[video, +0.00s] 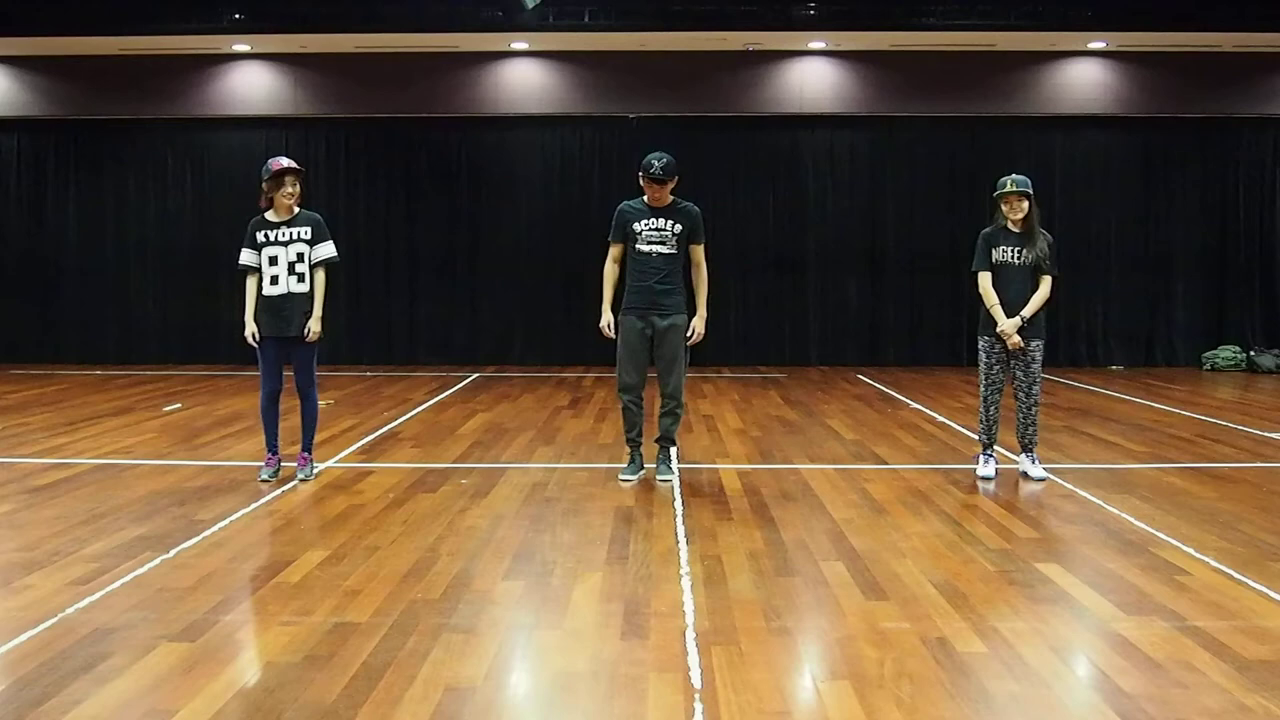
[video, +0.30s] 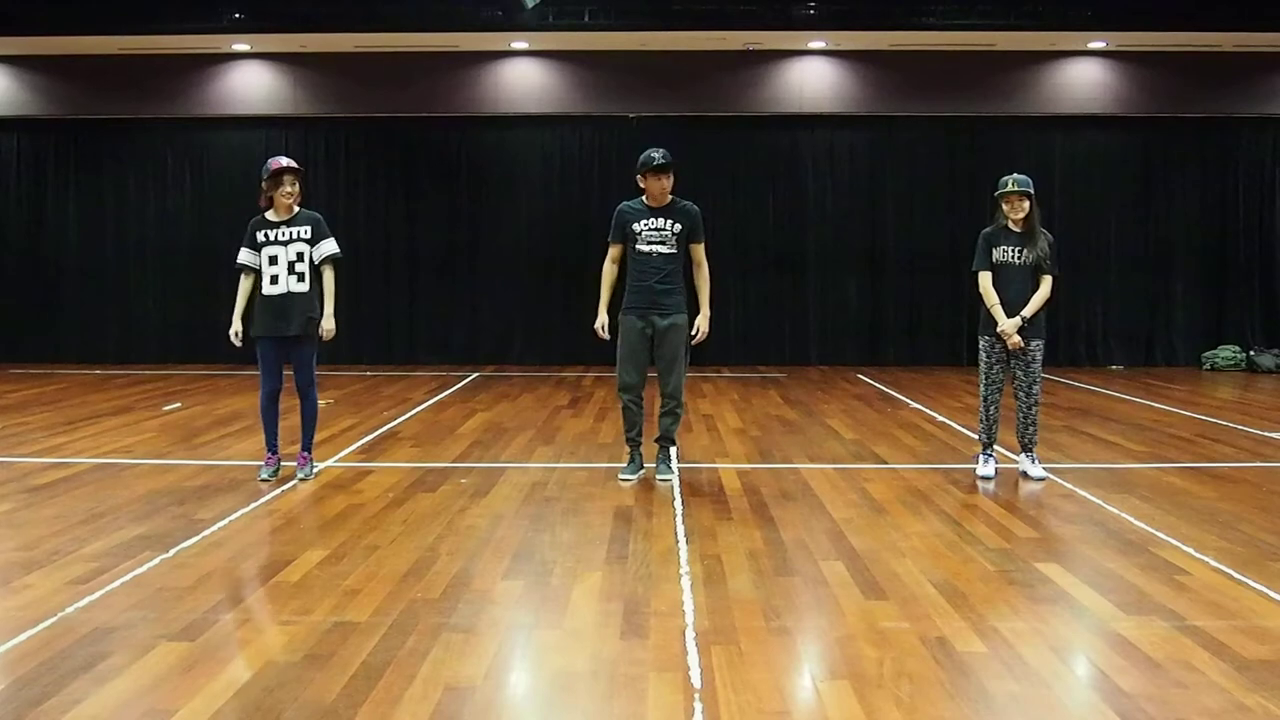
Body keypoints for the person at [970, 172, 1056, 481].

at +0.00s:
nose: (1015, 205)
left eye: (1020, 199)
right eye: (1008, 200)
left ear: (1029, 202)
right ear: (1000, 204)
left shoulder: (1042, 240)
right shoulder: (988, 237)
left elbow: (1045, 288)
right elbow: (985, 286)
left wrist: (1019, 321)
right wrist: (1006, 329)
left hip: (1031, 332)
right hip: (992, 331)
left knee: (1029, 396)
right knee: (990, 394)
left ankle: (1028, 455)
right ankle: (987, 455)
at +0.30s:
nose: (1016, 205)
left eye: (1022, 199)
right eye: (1009, 200)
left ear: (1030, 202)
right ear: (1001, 204)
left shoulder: (1043, 239)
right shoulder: (989, 237)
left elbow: (1046, 287)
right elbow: (985, 286)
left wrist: (1019, 320)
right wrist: (1007, 329)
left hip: (1031, 332)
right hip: (992, 331)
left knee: (1029, 396)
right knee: (990, 394)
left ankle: (1027, 455)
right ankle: (986, 454)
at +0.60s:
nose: (1020, 204)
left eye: (1025, 198)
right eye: (1013, 199)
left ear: (1034, 202)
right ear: (1004, 202)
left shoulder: (1046, 238)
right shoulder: (992, 236)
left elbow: (1049, 286)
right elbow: (989, 285)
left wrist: (1024, 322)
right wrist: (1009, 328)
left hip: (1034, 332)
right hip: (996, 331)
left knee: (1032, 396)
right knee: (992, 393)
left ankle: (1028, 454)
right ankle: (987, 454)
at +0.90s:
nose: (1031, 203)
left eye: (1037, 198)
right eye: (1025, 198)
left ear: (1046, 201)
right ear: (1016, 201)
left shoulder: (1056, 238)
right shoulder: (1003, 235)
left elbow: (1059, 286)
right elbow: (999, 284)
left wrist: (1034, 323)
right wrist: (1019, 329)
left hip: (1042, 334)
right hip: (1004, 332)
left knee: (1036, 397)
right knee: (997, 392)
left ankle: (1029, 454)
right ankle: (988, 452)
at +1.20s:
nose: (1038, 204)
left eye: (1044, 199)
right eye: (1032, 198)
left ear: (1054, 203)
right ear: (1023, 201)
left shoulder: (1063, 240)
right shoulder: (1009, 235)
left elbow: (1069, 288)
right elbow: (1001, 285)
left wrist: (1070, 334)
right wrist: (1015, 331)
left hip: (1047, 335)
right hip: (1009, 331)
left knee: (1037, 398)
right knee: (998, 393)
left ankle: (1029, 454)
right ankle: (988, 452)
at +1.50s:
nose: (1040, 209)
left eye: (1046, 204)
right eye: (1035, 203)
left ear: (1057, 207)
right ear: (1027, 205)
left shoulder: (1067, 242)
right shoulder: (1012, 238)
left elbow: (1074, 290)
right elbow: (1000, 286)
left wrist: (1079, 338)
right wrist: (1006, 333)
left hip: (1050, 336)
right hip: (1015, 332)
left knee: (1041, 398)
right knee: (1004, 393)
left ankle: (1029, 455)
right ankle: (989, 450)